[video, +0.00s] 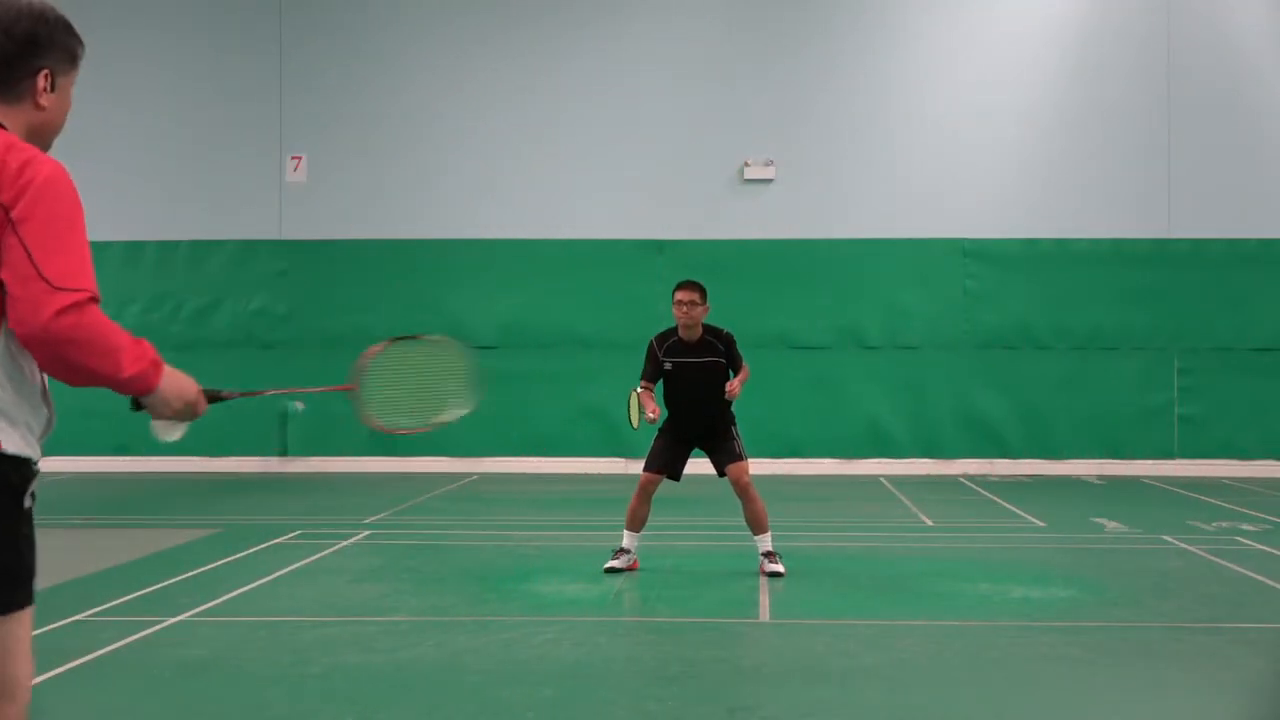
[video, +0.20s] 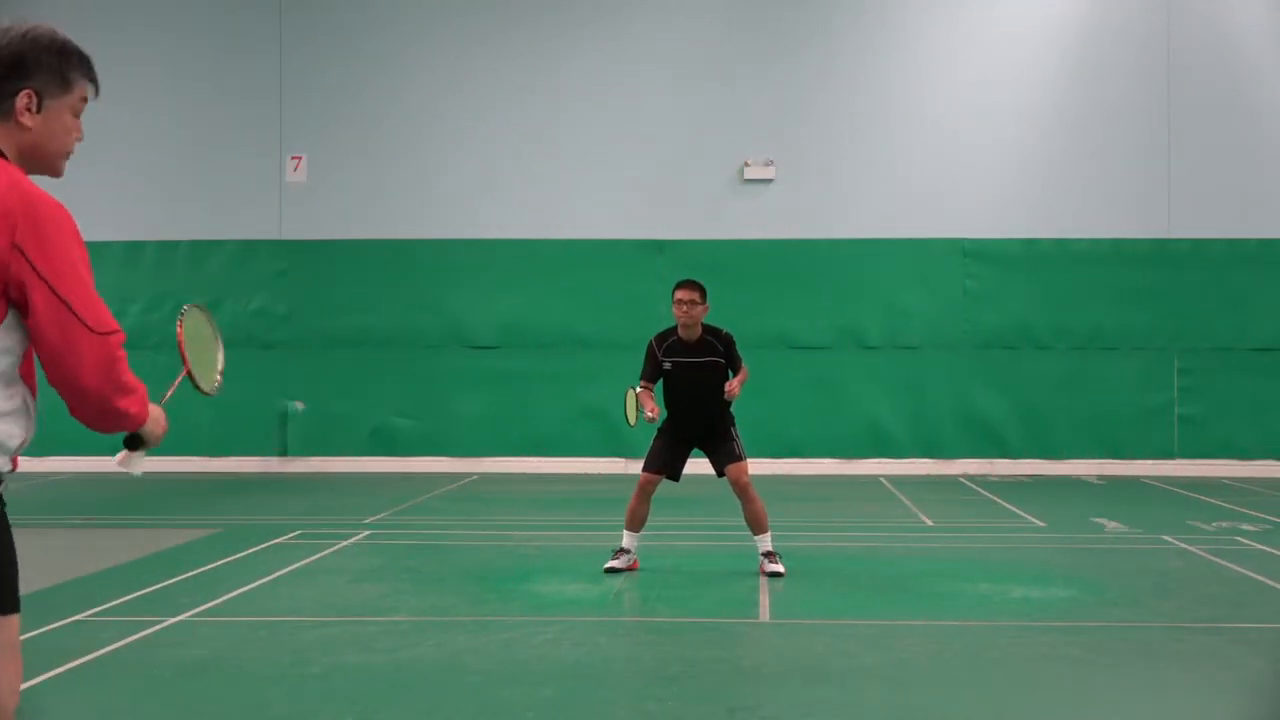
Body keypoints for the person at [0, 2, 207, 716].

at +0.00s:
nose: (69, 108)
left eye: (69, 89)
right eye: (70, 88)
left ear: (19, 86)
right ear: (44, 86)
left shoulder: (22, 175)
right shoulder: (27, 173)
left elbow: (39, 313)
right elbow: (49, 316)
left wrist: (142, 375)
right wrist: (152, 378)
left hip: (8, 457)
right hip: (1, 456)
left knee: (13, 684)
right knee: (8, 689)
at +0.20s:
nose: (81, 133)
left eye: (84, 115)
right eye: (77, 111)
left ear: (23, 108)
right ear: (26, 107)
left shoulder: (17, 200)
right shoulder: (23, 206)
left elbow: (71, 344)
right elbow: (84, 354)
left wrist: (123, 405)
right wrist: (139, 415)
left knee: (6, 673)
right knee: (3, 678)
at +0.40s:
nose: (47, 148)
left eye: (54, 133)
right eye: (32, 126)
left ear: (51, 139)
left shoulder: (11, 222)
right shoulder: (5, 222)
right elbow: (49, 372)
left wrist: (57, 342)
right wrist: (89, 390)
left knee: (7, 660)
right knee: (4, 662)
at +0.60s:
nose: (24, 159)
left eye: (36, 147)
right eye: (10, 138)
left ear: (41, 160)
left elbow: (8, 359)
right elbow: (4, 377)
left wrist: (48, 398)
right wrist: (53, 402)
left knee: (26, 633)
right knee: (26, 633)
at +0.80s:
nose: (57, 169)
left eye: (69, 158)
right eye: (40, 146)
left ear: (73, 170)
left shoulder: (11, 234)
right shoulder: (5, 235)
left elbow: (21, 370)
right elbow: (22, 375)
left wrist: (91, 419)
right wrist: (100, 420)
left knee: (32, 667)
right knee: (36, 668)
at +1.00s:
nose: (147, 186)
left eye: (151, 171)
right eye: (136, 166)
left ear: (78, 162)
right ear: (80, 159)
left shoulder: (14, 213)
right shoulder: (81, 248)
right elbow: (132, 387)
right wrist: (187, 435)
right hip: (19, 485)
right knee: (105, 654)